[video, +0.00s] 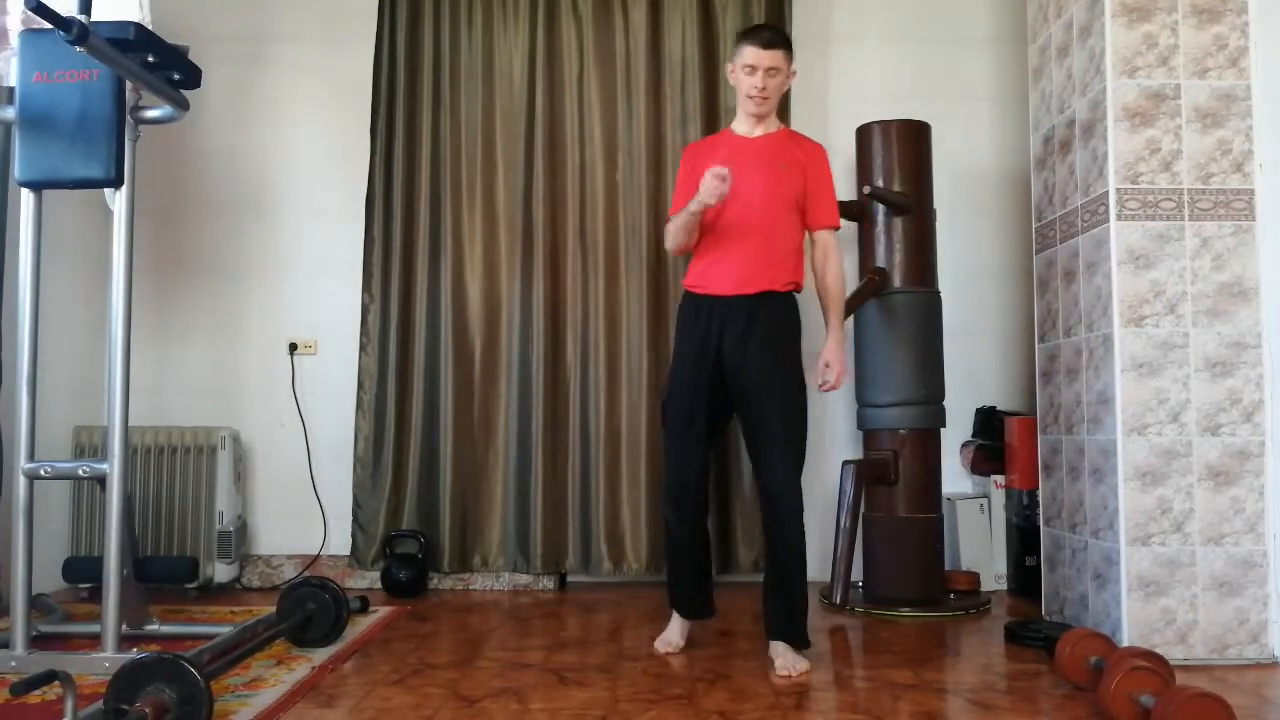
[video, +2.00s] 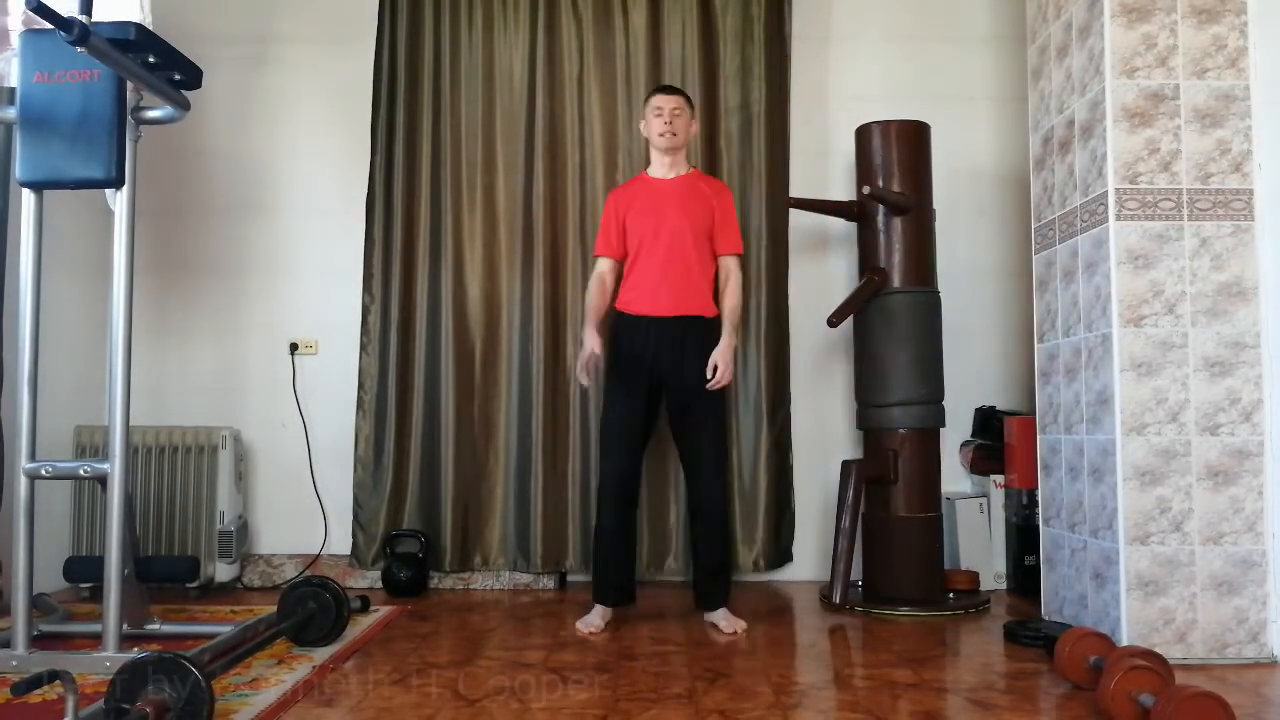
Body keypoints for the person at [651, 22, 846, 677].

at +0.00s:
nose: (760, 82)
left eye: (772, 72)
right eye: (750, 70)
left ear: (788, 79)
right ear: (731, 74)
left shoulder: (806, 155)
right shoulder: (700, 153)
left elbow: (826, 250)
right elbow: (674, 245)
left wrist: (835, 334)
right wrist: (700, 206)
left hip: (769, 323)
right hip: (700, 323)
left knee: (780, 482)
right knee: (683, 473)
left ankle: (785, 635)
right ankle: (685, 608)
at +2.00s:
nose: (667, 120)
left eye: (677, 113)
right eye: (657, 113)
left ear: (693, 127)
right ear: (642, 127)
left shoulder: (714, 193)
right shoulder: (622, 198)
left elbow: (730, 273)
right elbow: (605, 273)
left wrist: (727, 339)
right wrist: (591, 328)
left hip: (696, 340)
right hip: (632, 340)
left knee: (708, 476)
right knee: (617, 473)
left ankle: (713, 602)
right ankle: (609, 599)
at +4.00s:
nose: (669, 123)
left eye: (679, 116)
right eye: (659, 115)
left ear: (695, 128)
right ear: (645, 128)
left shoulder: (716, 191)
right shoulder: (625, 198)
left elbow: (737, 266)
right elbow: (606, 271)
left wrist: (731, 320)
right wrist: (591, 324)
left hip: (698, 338)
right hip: (634, 338)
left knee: (709, 474)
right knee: (620, 471)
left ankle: (713, 602)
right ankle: (609, 598)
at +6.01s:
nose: (669, 122)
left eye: (679, 114)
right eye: (659, 114)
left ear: (693, 127)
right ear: (643, 127)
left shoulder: (715, 193)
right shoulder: (624, 198)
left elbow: (732, 272)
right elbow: (608, 275)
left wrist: (732, 334)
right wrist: (594, 340)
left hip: (698, 339)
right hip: (633, 339)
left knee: (707, 475)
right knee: (618, 473)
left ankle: (712, 602)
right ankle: (608, 599)